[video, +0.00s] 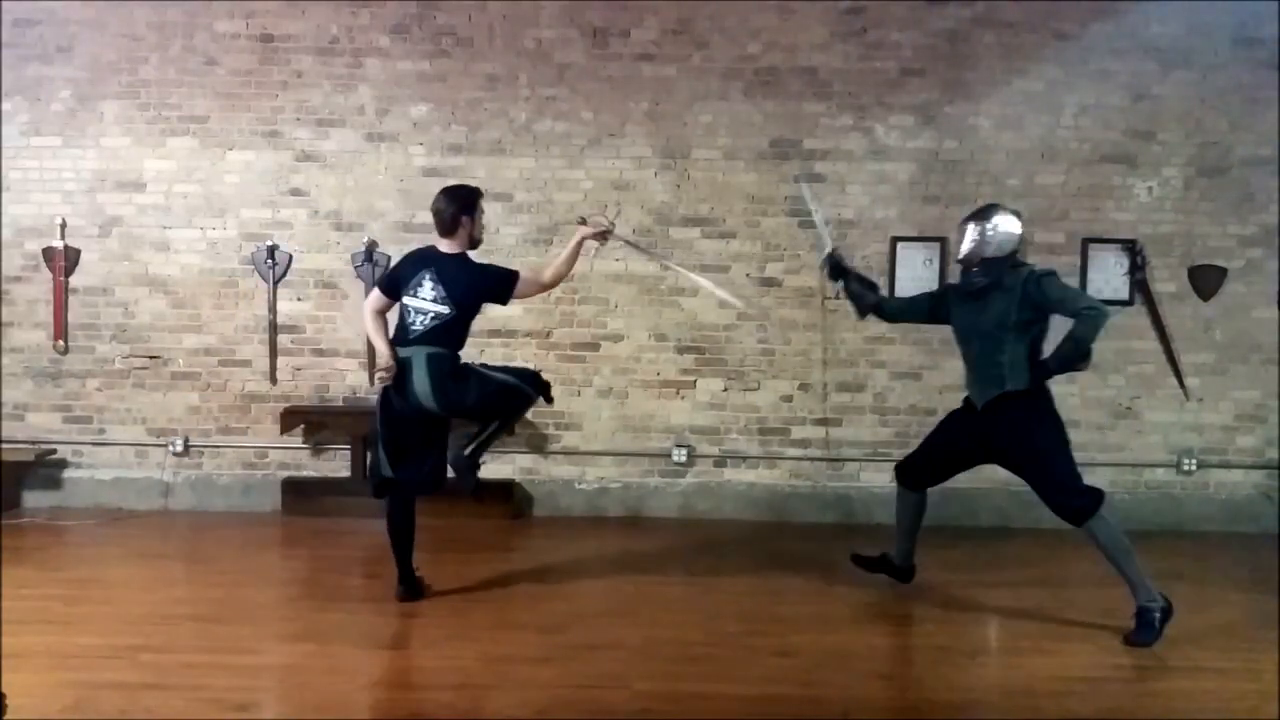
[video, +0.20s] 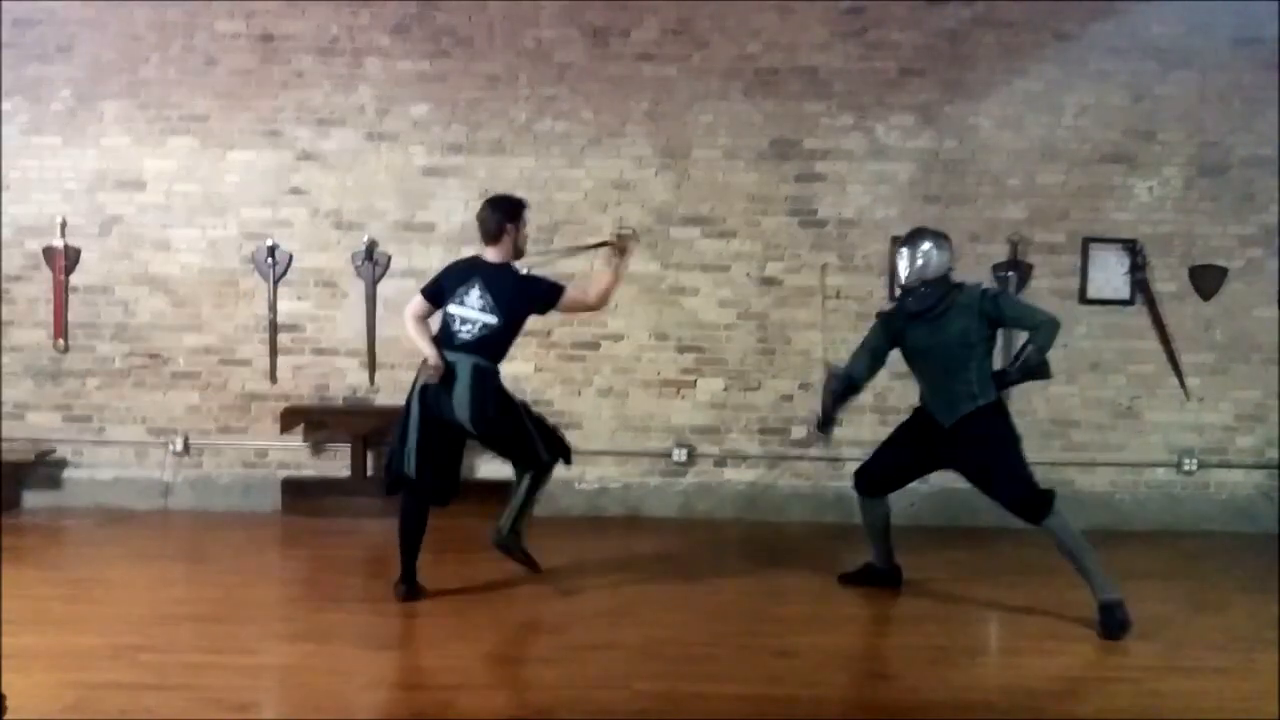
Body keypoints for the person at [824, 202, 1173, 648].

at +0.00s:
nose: (963, 246)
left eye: (971, 237)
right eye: (965, 237)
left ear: (991, 240)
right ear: (997, 243)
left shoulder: (1031, 283)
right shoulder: (955, 296)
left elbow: (1093, 313)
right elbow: (886, 307)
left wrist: (1062, 359)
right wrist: (845, 276)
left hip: (1026, 415)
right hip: (977, 418)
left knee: (1076, 504)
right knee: (911, 474)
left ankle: (1150, 601)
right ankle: (900, 562)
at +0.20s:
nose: (900, 269)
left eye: (906, 261)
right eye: (901, 260)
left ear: (920, 264)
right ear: (941, 263)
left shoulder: (977, 302)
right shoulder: (898, 320)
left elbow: (1046, 324)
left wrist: (1019, 370)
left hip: (981, 424)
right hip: (931, 424)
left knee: (1035, 506)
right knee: (869, 483)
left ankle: (1108, 599)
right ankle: (882, 566)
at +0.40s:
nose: (874, 296)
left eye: (881, 285)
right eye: (868, 288)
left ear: (904, 284)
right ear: (866, 294)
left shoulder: (948, 313)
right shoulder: (873, 348)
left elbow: (1013, 323)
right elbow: (867, 409)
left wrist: (1002, 367)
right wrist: (866, 465)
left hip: (969, 433)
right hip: (916, 436)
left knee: (1033, 510)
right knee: (856, 490)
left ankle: (1097, 600)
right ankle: (880, 566)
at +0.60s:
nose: (882, 293)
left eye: (888, 283)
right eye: (878, 285)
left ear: (911, 279)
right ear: (877, 290)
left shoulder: (961, 310)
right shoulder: (885, 343)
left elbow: (1030, 322)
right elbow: (874, 406)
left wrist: (1011, 370)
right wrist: (866, 458)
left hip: (981, 431)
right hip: (928, 433)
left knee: (1043, 508)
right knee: (867, 488)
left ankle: (1112, 595)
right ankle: (880, 566)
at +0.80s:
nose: (939, 269)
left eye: (947, 260)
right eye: (938, 261)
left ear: (973, 259)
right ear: (948, 265)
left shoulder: (1020, 295)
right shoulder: (944, 317)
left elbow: (1092, 323)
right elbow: (913, 368)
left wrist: (1065, 367)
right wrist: (875, 395)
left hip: (1022, 425)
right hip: (969, 425)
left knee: (1077, 513)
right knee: (910, 490)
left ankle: (1149, 603)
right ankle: (881, 566)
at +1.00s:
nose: (1013, 255)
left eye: (1023, 245)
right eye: (1012, 246)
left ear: (1049, 247)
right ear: (1013, 249)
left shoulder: (1089, 292)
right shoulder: (1007, 305)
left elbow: (1153, 331)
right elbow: (960, 350)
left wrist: (1112, 375)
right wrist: (897, 360)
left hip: (1071, 422)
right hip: (1017, 422)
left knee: (1111, 515)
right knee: (957, 489)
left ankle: (1169, 612)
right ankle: (961, 581)